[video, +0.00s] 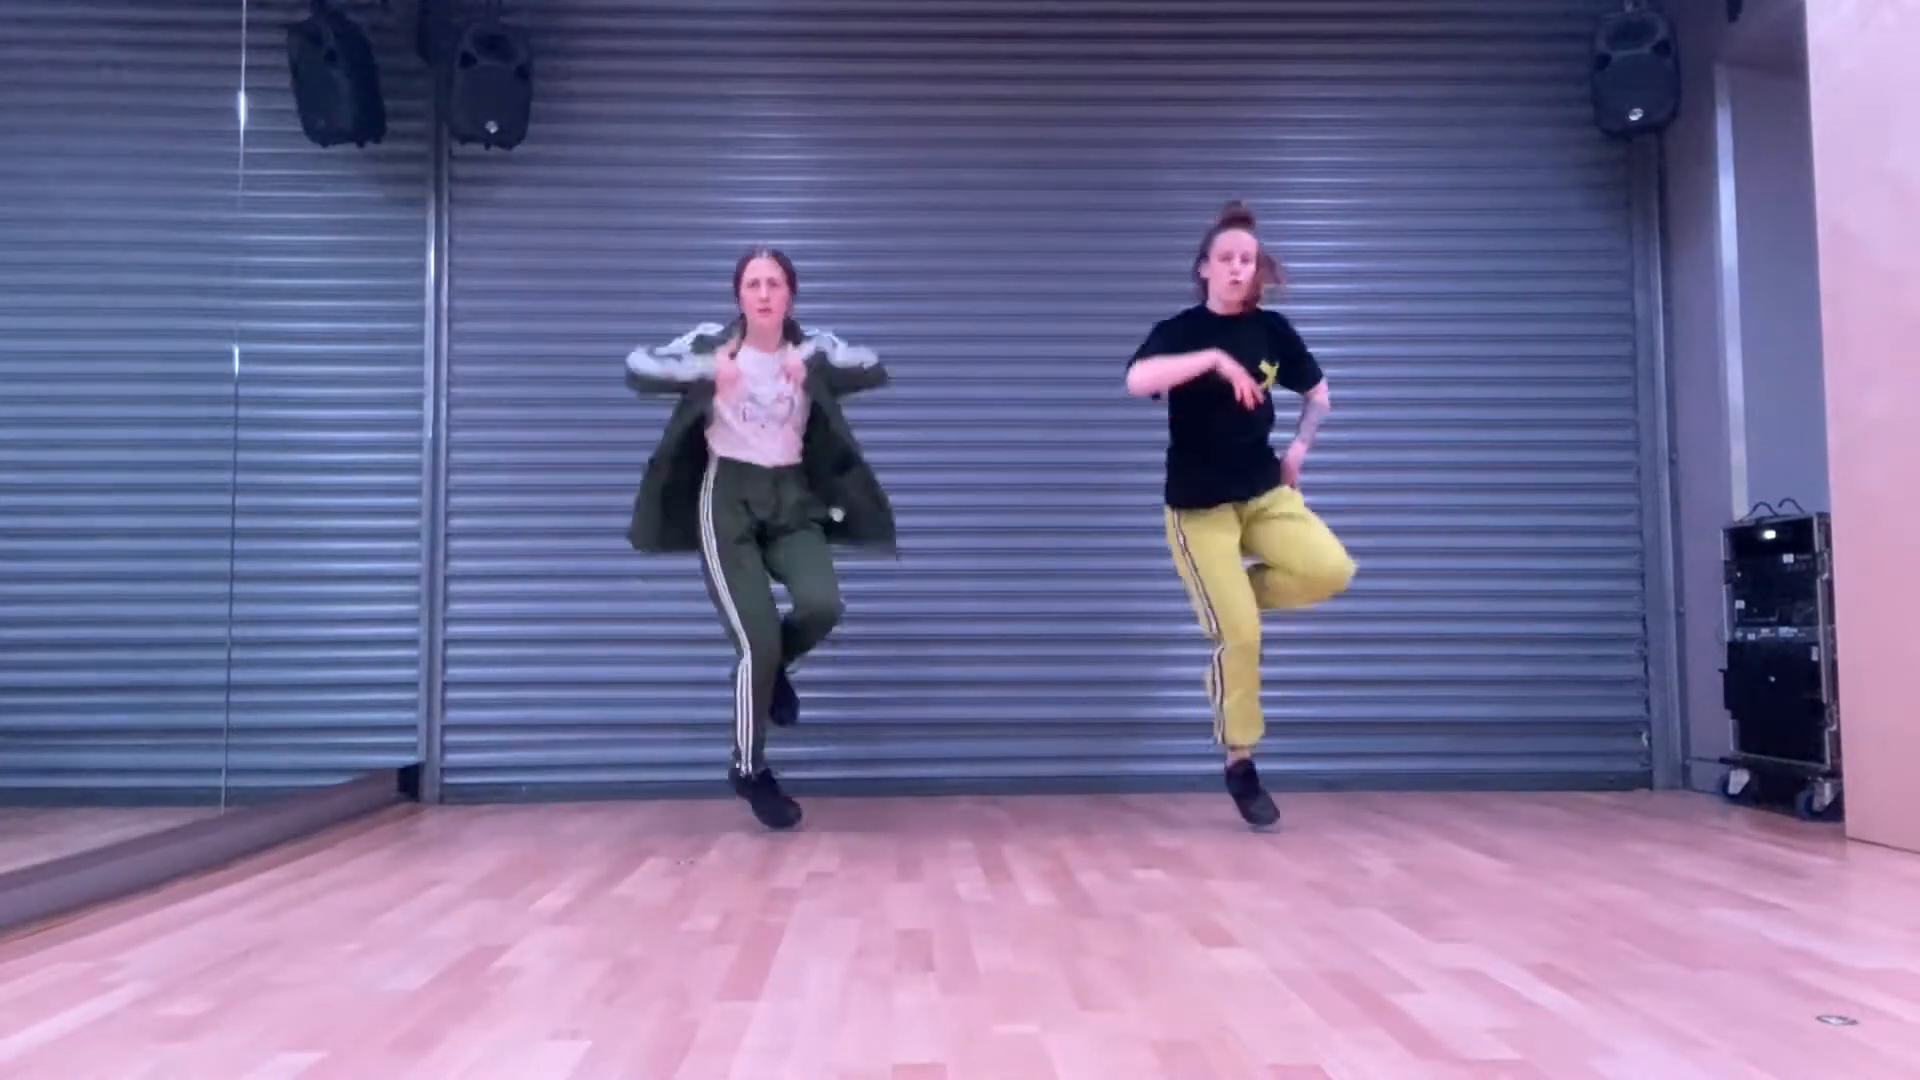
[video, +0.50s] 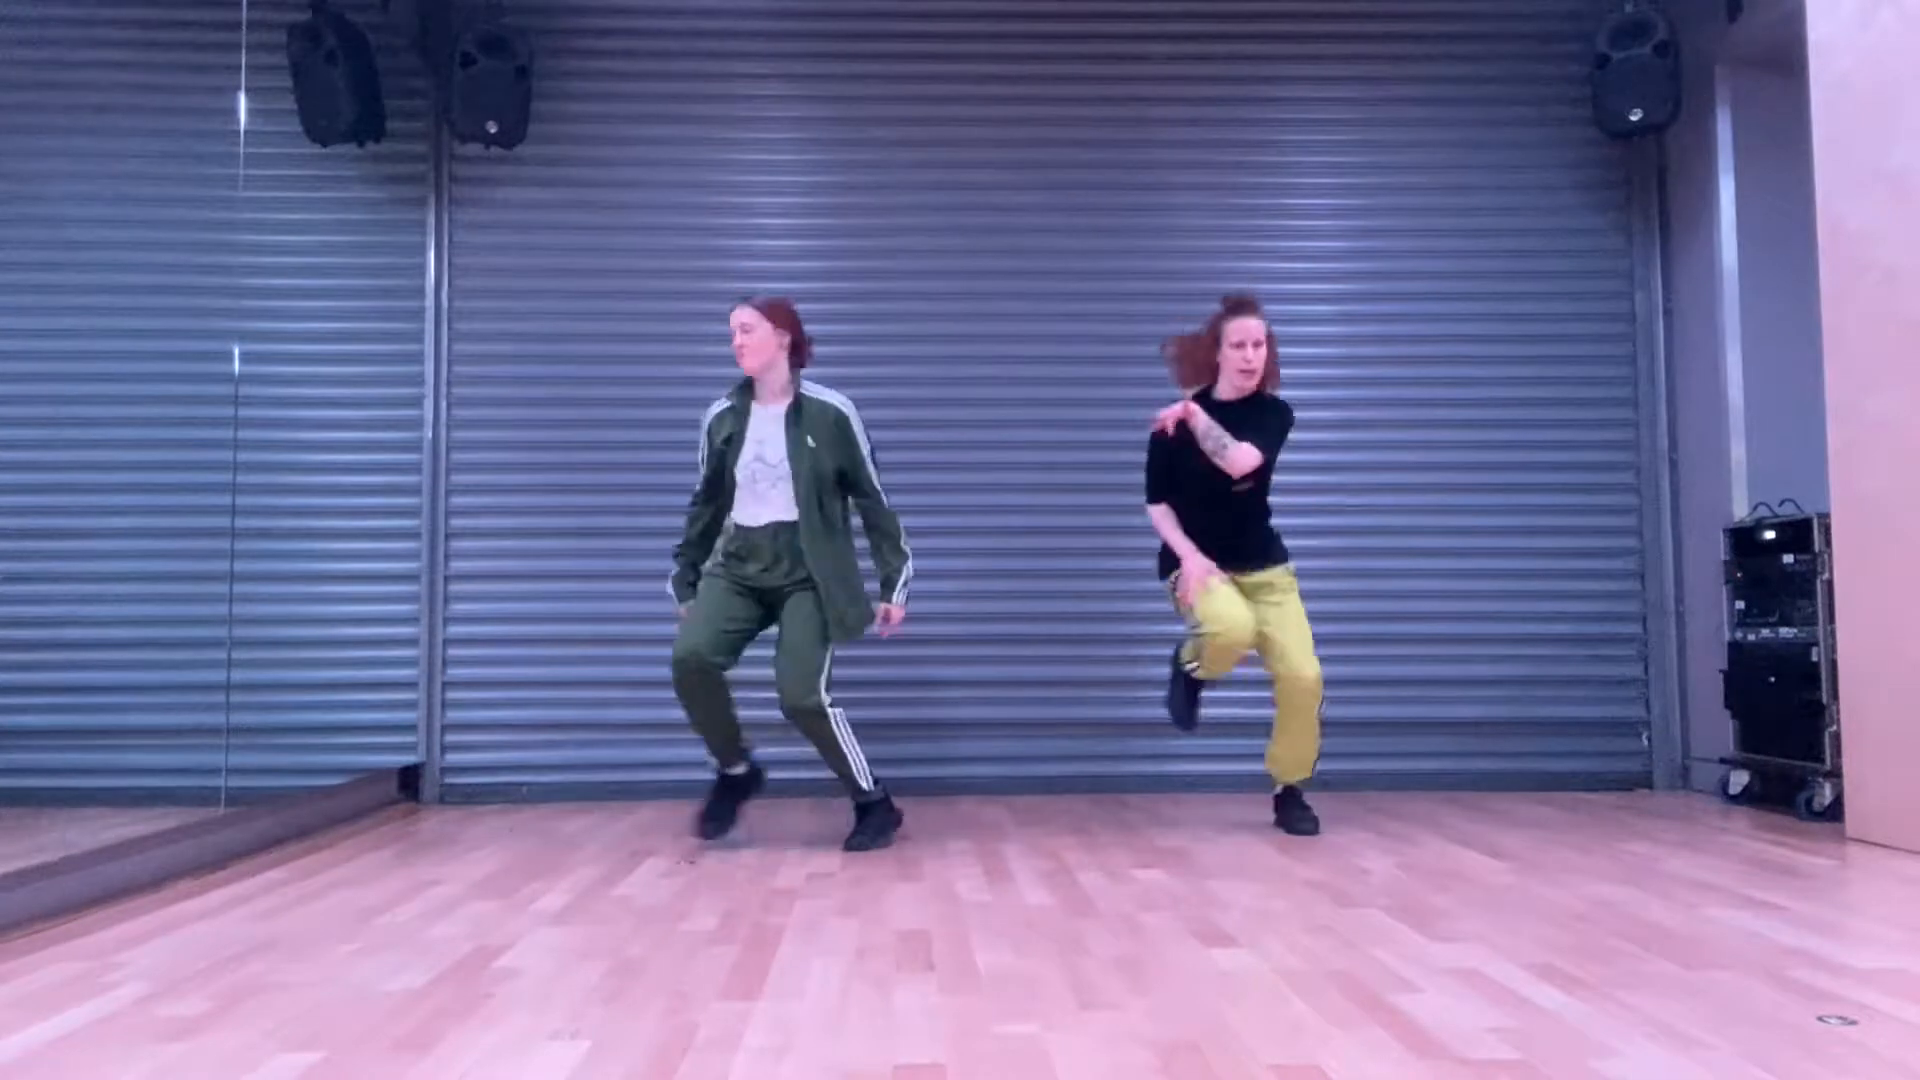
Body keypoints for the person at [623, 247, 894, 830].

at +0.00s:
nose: (764, 293)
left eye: (774, 284)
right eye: (753, 285)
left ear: (791, 295)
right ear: (738, 295)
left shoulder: (812, 350)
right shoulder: (712, 350)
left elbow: (877, 371)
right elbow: (637, 369)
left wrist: (821, 362)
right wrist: (700, 361)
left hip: (793, 500)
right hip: (727, 499)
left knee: (822, 608)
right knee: (761, 642)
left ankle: (769, 663)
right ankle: (750, 771)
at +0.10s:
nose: (764, 286)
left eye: (774, 277)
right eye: (754, 278)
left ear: (793, 288)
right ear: (737, 291)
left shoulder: (809, 345)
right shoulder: (725, 348)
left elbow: (837, 339)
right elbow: (706, 353)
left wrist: (823, 309)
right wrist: (719, 322)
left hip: (803, 497)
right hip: (736, 499)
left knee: (816, 590)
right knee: (767, 634)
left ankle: (817, 732)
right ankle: (776, 780)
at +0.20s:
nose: (762, 298)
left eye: (772, 289)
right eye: (752, 290)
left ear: (791, 301)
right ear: (737, 303)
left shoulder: (814, 354)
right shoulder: (717, 360)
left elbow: (855, 396)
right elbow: (694, 411)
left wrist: (808, 400)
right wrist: (737, 429)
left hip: (818, 519)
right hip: (750, 525)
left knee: (820, 628)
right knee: (766, 659)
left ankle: (840, 762)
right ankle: (794, 791)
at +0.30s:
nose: (763, 308)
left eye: (773, 298)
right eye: (752, 299)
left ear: (791, 312)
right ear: (737, 313)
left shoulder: (821, 382)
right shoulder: (718, 387)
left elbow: (856, 468)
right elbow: (711, 473)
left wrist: (829, 525)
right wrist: (730, 531)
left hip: (819, 525)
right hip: (752, 528)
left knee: (811, 638)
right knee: (773, 662)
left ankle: (847, 773)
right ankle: (801, 788)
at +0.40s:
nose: (764, 322)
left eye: (775, 312)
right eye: (754, 315)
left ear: (796, 322)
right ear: (743, 329)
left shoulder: (829, 398)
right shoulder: (723, 404)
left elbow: (855, 496)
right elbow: (718, 498)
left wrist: (869, 582)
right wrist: (711, 583)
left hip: (822, 558)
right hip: (751, 563)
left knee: (819, 679)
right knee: (742, 660)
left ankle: (878, 801)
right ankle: (810, 769)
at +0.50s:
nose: (736, 343)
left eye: (747, 332)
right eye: (733, 335)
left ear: (784, 339)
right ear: (737, 347)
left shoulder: (832, 413)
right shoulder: (722, 417)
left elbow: (873, 503)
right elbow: (706, 504)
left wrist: (894, 586)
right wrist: (685, 586)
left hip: (808, 569)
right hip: (735, 568)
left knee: (801, 695)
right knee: (690, 660)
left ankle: (872, 803)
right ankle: (735, 772)